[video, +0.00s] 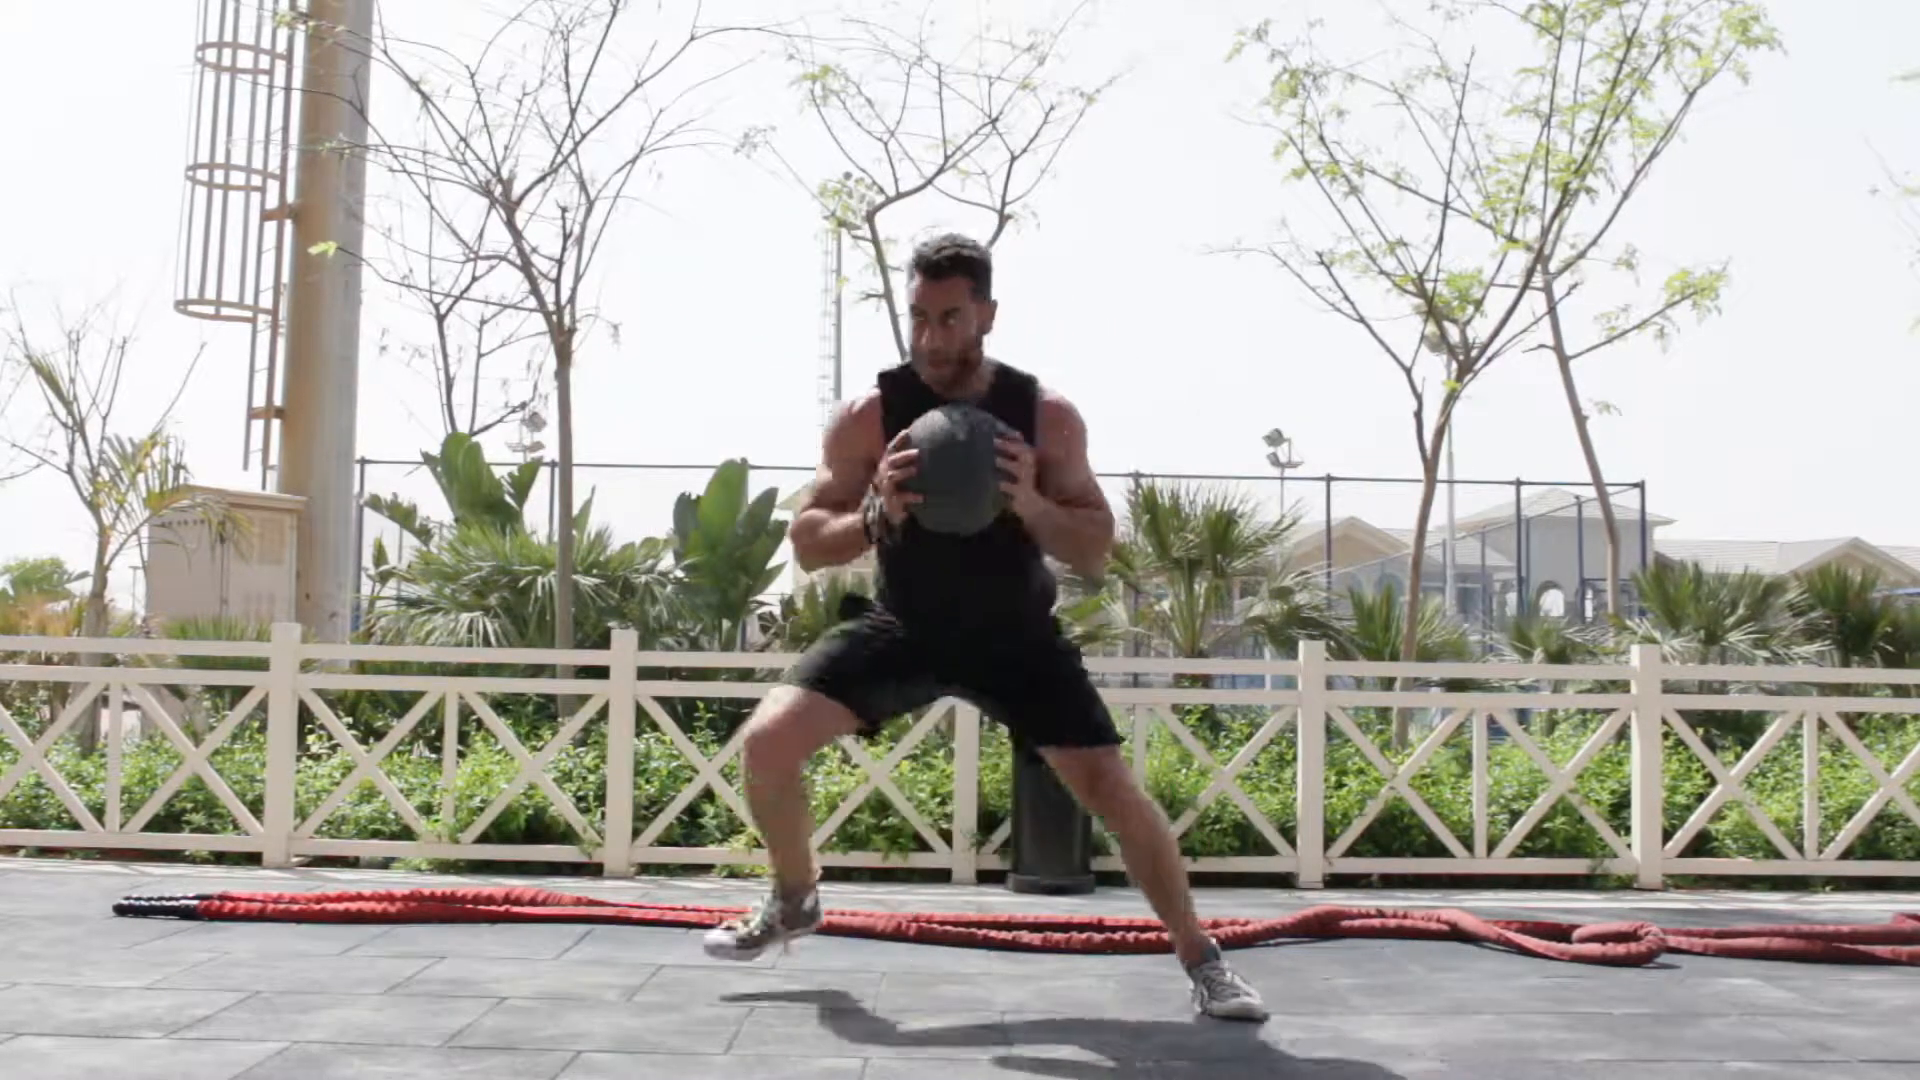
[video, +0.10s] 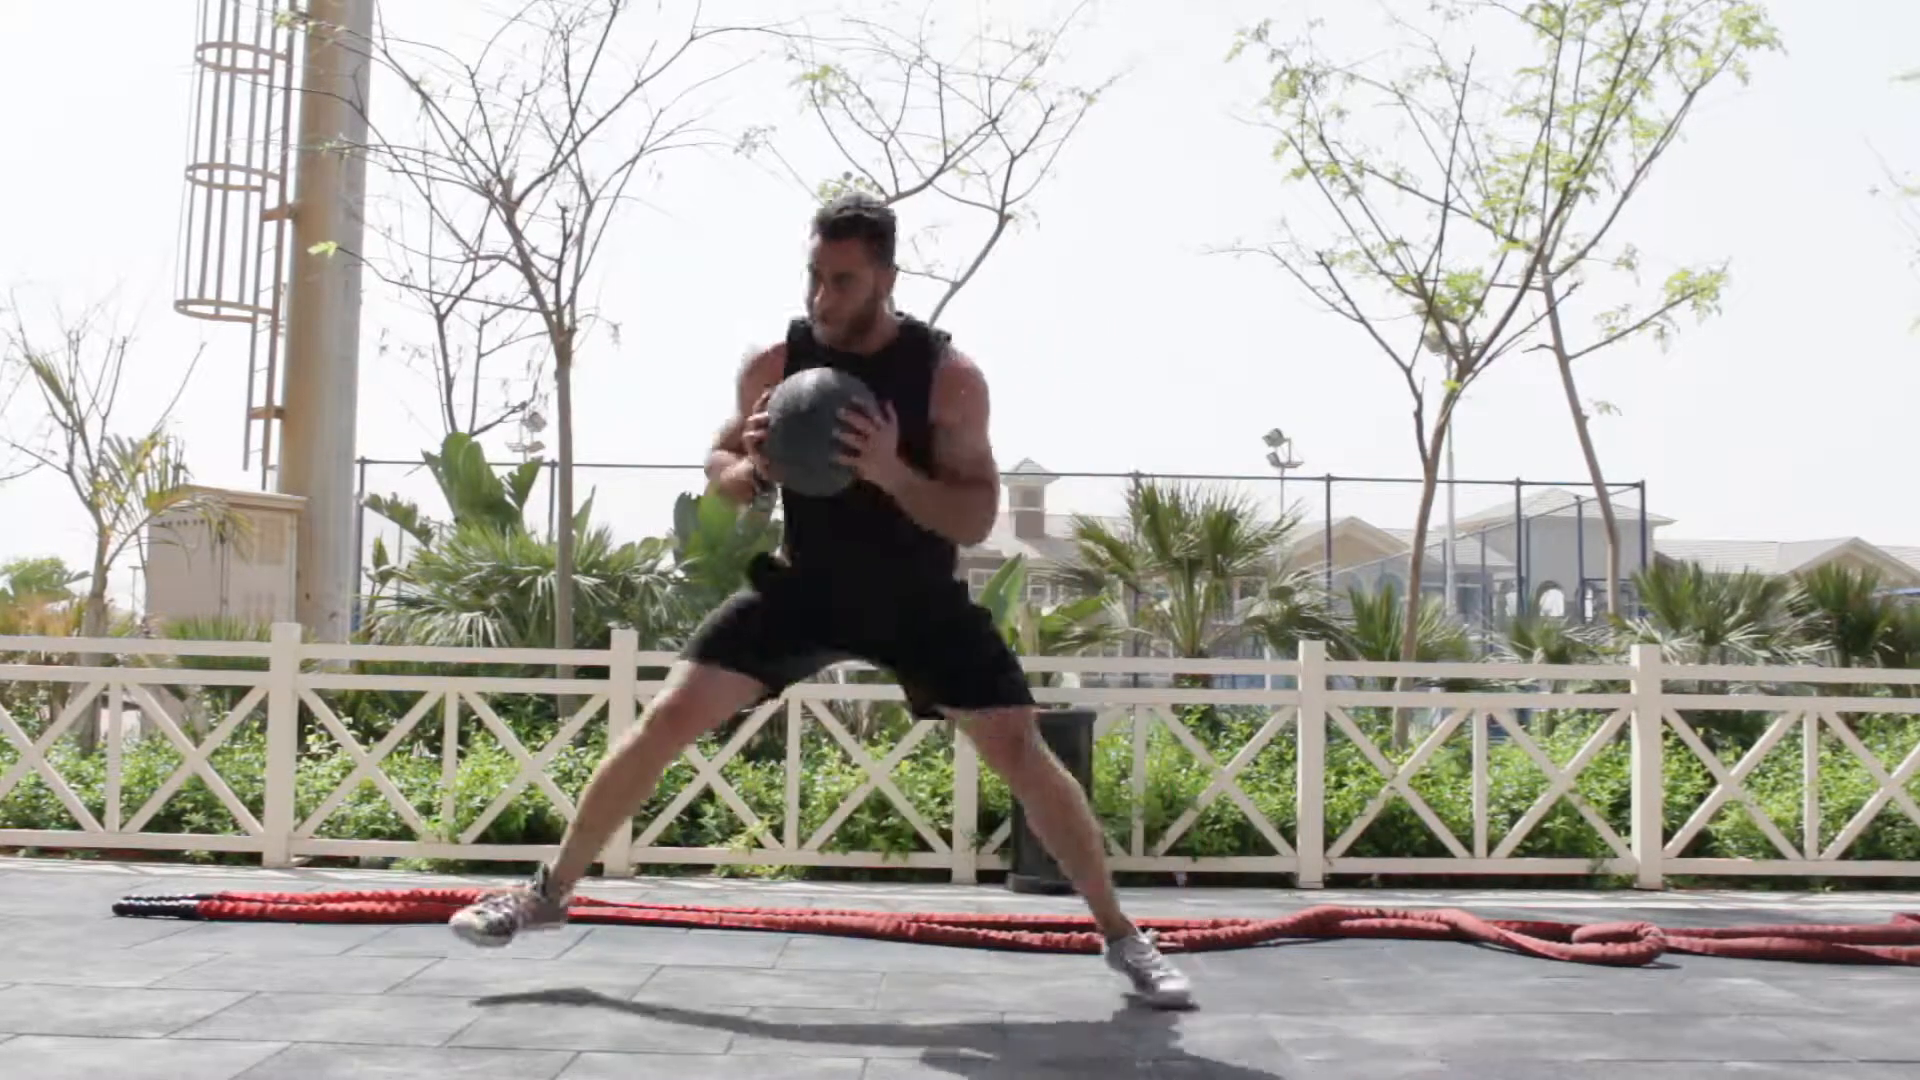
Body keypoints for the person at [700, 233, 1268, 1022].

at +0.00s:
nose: (936, 337)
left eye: (953, 319)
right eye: (922, 319)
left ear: (988, 316)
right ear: (907, 318)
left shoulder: (1046, 419)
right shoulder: (867, 421)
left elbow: (1093, 548)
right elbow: (808, 544)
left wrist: (1030, 501)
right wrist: (878, 510)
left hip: (1017, 639)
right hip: (903, 633)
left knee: (1107, 782)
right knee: (766, 745)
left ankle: (1202, 959)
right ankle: (793, 901)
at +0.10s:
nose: (824, 294)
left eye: (844, 279)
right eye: (816, 276)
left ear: (889, 279)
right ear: (806, 275)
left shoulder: (946, 376)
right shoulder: (772, 366)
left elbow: (976, 519)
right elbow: (723, 481)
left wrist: (894, 473)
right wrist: (757, 463)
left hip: (920, 598)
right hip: (805, 588)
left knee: (1021, 751)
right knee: (672, 714)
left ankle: (1120, 935)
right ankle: (550, 891)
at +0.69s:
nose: (598, 385)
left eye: (620, 368)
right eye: (586, 363)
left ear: (648, 362)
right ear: (563, 347)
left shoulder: (704, 457)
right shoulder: (539, 450)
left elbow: (727, 604)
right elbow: (482, 563)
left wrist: (634, 553)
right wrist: (515, 544)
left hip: (680, 650)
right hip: (574, 637)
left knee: (687, 833)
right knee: (482, 773)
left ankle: (589, 865)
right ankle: (447, 948)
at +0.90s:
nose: (812, 286)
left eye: (824, 268)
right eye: (795, 268)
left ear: (838, 260)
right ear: (750, 254)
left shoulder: (876, 352)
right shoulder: (692, 367)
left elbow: (936, 461)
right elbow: (647, 492)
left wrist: (891, 441)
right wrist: (728, 471)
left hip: (849, 573)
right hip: (733, 584)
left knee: (972, 699)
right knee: (631, 740)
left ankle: (1041, 896)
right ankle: (541, 914)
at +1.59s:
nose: (1060, 353)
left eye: (1077, 334)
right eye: (1043, 333)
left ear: (1104, 323)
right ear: (1019, 320)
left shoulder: (1153, 419)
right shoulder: (973, 422)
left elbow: (1202, 523)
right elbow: (924, 545)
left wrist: (1167, 529)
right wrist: (1004, 540)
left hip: (1110, 621)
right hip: (1000, 616)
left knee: (1149, 772)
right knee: (892, 752)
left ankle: (1202, 966)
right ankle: (875, 936)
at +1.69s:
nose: (996, 288)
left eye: (1014, 269)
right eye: (982, 268)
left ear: (1045, 265)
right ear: (962, 264)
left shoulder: (1096, 376)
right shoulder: (917, 370)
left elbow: (1140, 506)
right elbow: (859, 489)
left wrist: (1076, 451)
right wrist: (921, 457)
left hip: (1056, 616)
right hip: (945, 612)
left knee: (1121, 769)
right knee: (836, 757)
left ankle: (1199, 969)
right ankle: (735, 949)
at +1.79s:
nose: (966, 249)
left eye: (984, 237)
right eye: (950, 234)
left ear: (1010, 244)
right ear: (925, 239)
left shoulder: (1041, 335)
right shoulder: (886, 328)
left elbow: (1095, 438)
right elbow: (806, 414)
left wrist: (1032, 334)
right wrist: (882, 344)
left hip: (1011, 595)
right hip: (898, 592)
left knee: (1094, 759)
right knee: (810, 757)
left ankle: (1187, 961)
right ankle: (730, 951)